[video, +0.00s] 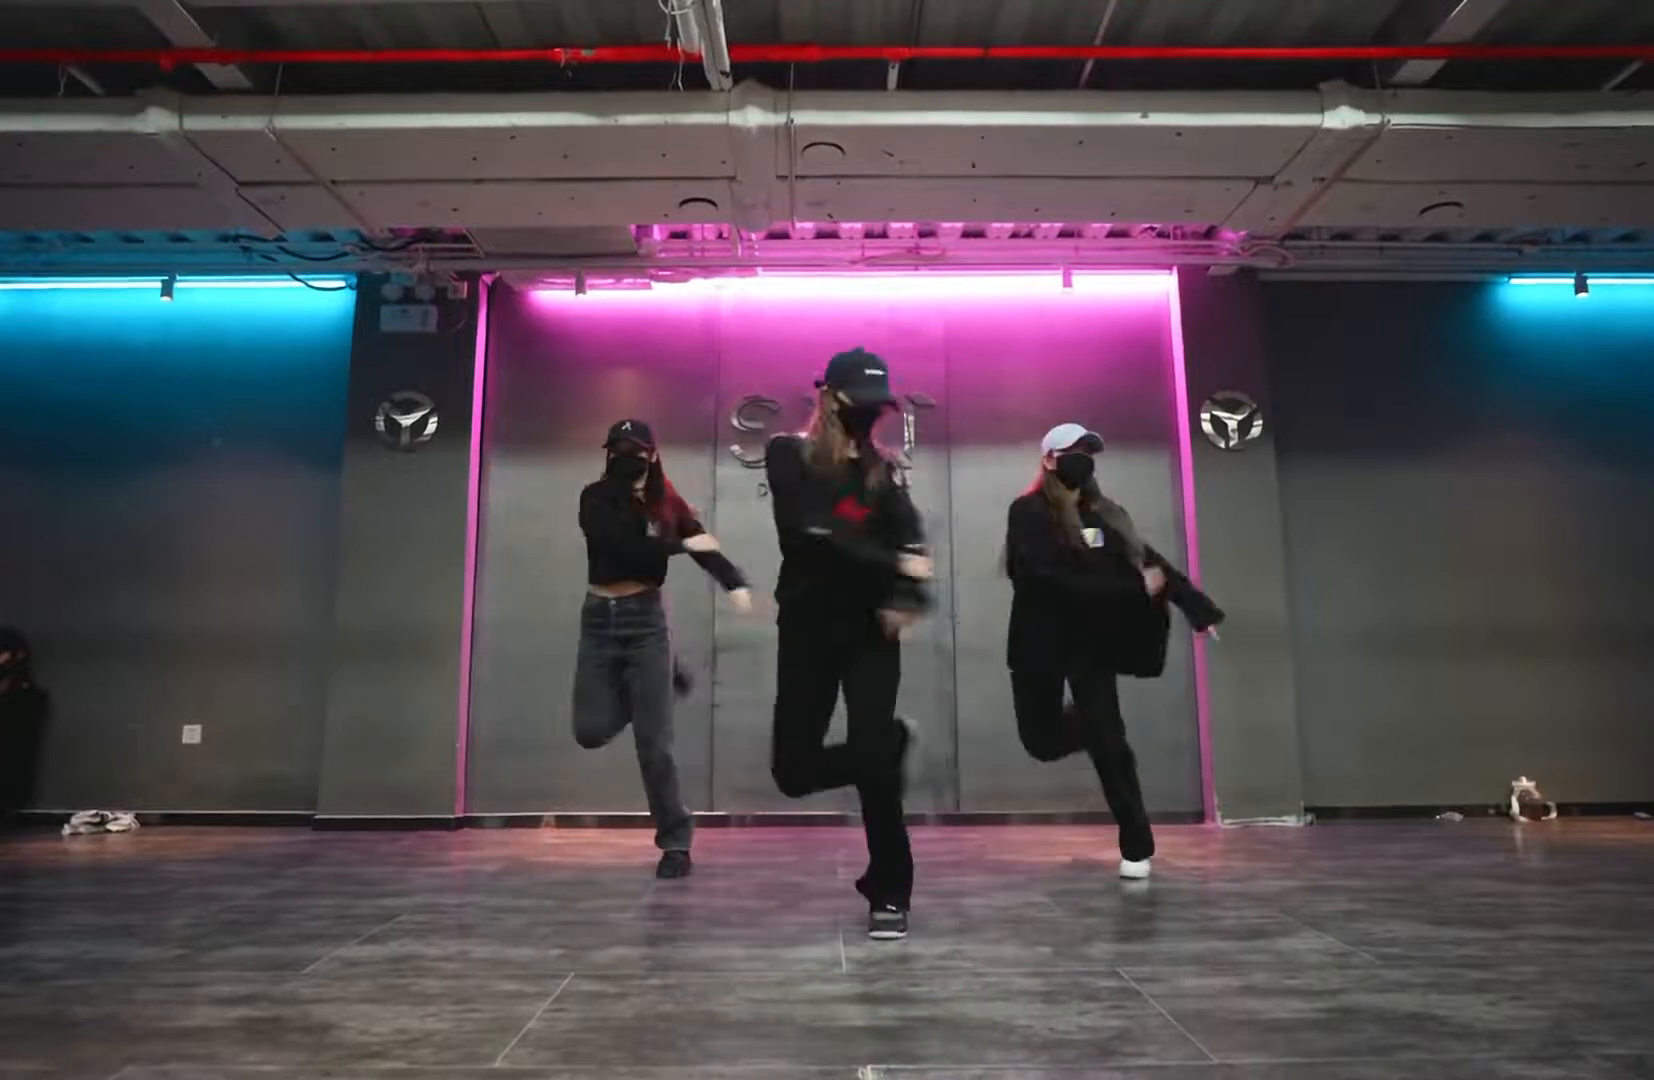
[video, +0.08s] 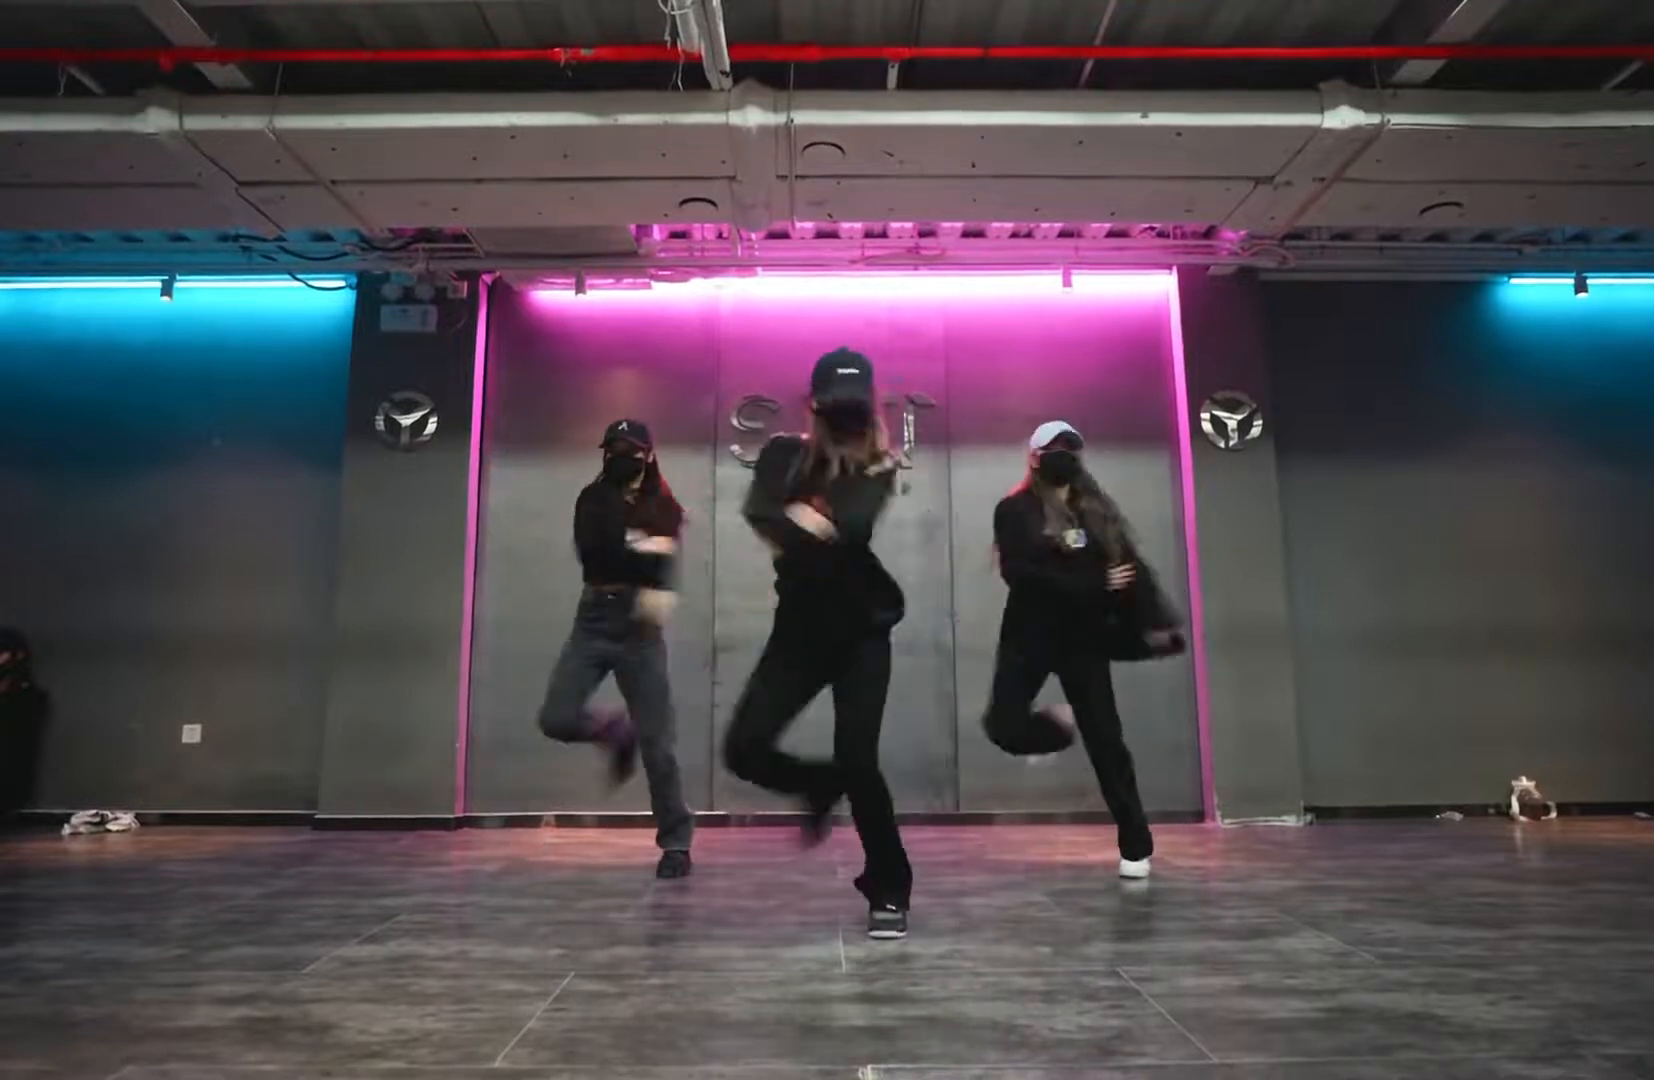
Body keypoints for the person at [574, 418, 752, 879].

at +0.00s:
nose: (627, 460)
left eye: (635, 453)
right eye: (619, 453)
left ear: (651, 456)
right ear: (608, 456)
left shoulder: (665, 501)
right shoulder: (595, 497)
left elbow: (700, 544)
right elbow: (614, 547)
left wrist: (735, 583)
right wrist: (673, 544)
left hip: (646, 622)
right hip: (598, 621)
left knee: (653, 744)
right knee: (590, 731)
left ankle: (674, 845)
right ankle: (658, 679)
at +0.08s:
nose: (620, 463)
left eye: (629, 455)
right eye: (613, 454)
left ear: (647, 457)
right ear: (604, 456)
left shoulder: (661, 507)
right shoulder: (592, 499)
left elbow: (664, 562)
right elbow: (592, 559)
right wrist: (648, 555)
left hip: (641, 625)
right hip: (594, 619)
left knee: (656, 743)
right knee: (556, 720)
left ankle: (675, 845)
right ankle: (620, 733)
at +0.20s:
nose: (604, 460)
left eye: (613, 453)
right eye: (599, 453)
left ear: (629, 457)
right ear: (591, 457)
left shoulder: (637, 498)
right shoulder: (584, 501)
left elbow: (600, 521)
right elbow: (544, 548)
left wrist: (540, 519)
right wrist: (546, 520)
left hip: (624, 621)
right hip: (579, 622)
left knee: (647, 733)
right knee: (531, 723)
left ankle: (676, 844)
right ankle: (509, 840)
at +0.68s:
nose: (547, 469)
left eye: (555, 460)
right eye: (544, 461)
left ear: (577, 462)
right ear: (543, 465)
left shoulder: (600, 491)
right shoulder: (542, 509)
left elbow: (591, 490)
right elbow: (495, 535)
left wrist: (553, 467)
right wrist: (495, 485)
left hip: (598, 626)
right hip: (552, 630)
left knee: (635, 746)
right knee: (492, 728)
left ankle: (677, 842)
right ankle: (501, 838)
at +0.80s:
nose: (560, 459)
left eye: (568, 451)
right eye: (557, 453)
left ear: (589, 459)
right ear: (553, 463)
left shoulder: (614, 494)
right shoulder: (550, 508)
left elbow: (642, 455)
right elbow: (498, 521)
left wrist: (596, 442)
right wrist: (504, 470)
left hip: (612, 625)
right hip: (563, 627)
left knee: (642, 746)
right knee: (505, 728)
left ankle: (673, 845)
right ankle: (502, 841)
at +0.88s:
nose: (599, 453)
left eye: (602, 446)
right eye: (589, 446)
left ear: (608, 459)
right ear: (570, 460)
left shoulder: (629, 492)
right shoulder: (561, 507)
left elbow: (667, 456)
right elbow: (508, 516)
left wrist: (629, 432)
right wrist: (516, 462)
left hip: (629, 626)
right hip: (578, 628)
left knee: (649, 746)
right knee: (525, 733)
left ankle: (676, 847)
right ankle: (504, 842)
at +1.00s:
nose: (603, 463)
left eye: (611, 456)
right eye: (596, 456)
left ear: (626, 460)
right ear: (585, 461)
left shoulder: (651, 497)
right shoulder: (580, 508)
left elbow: (707, 495)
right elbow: (527, 521)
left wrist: (678, 454)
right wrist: (534, 465)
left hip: (651, 626)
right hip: (600, 627)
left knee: (660, 742)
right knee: (553, 729)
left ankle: (675, 843)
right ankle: (526, 832)